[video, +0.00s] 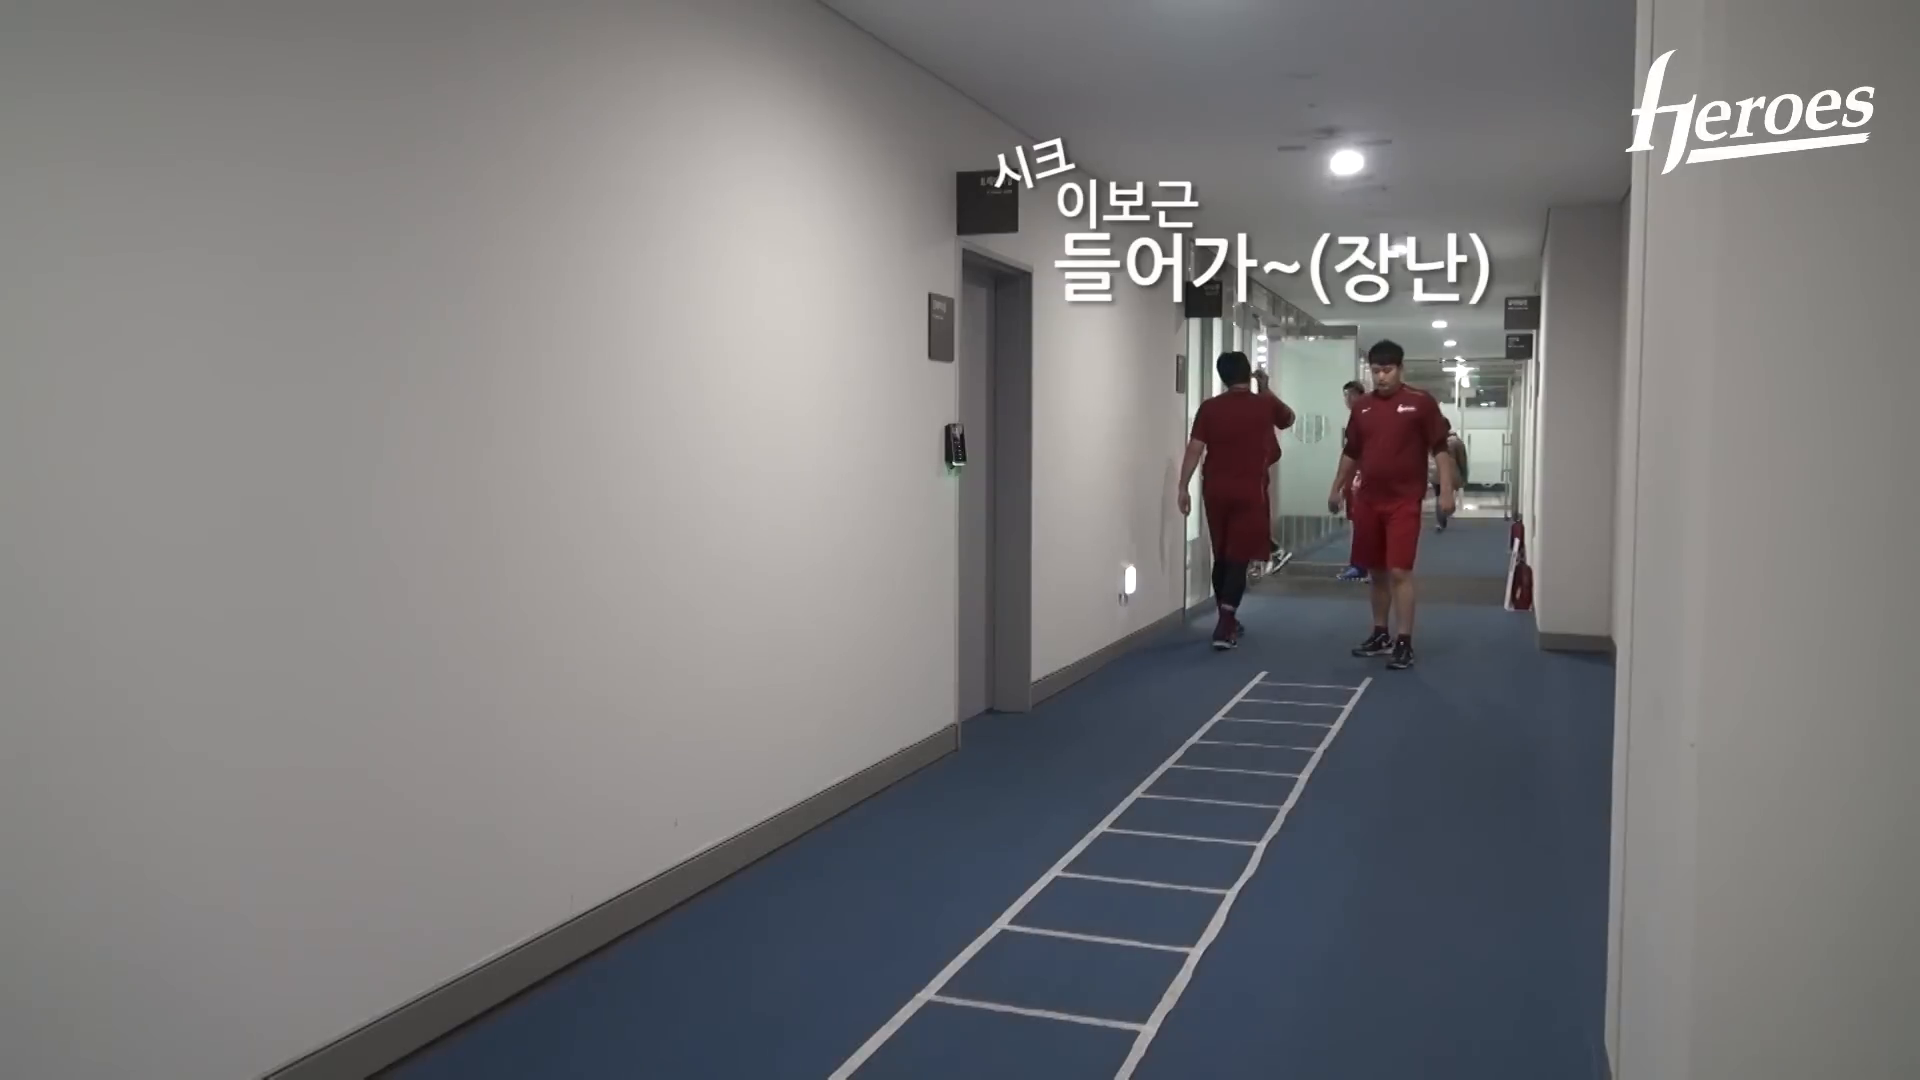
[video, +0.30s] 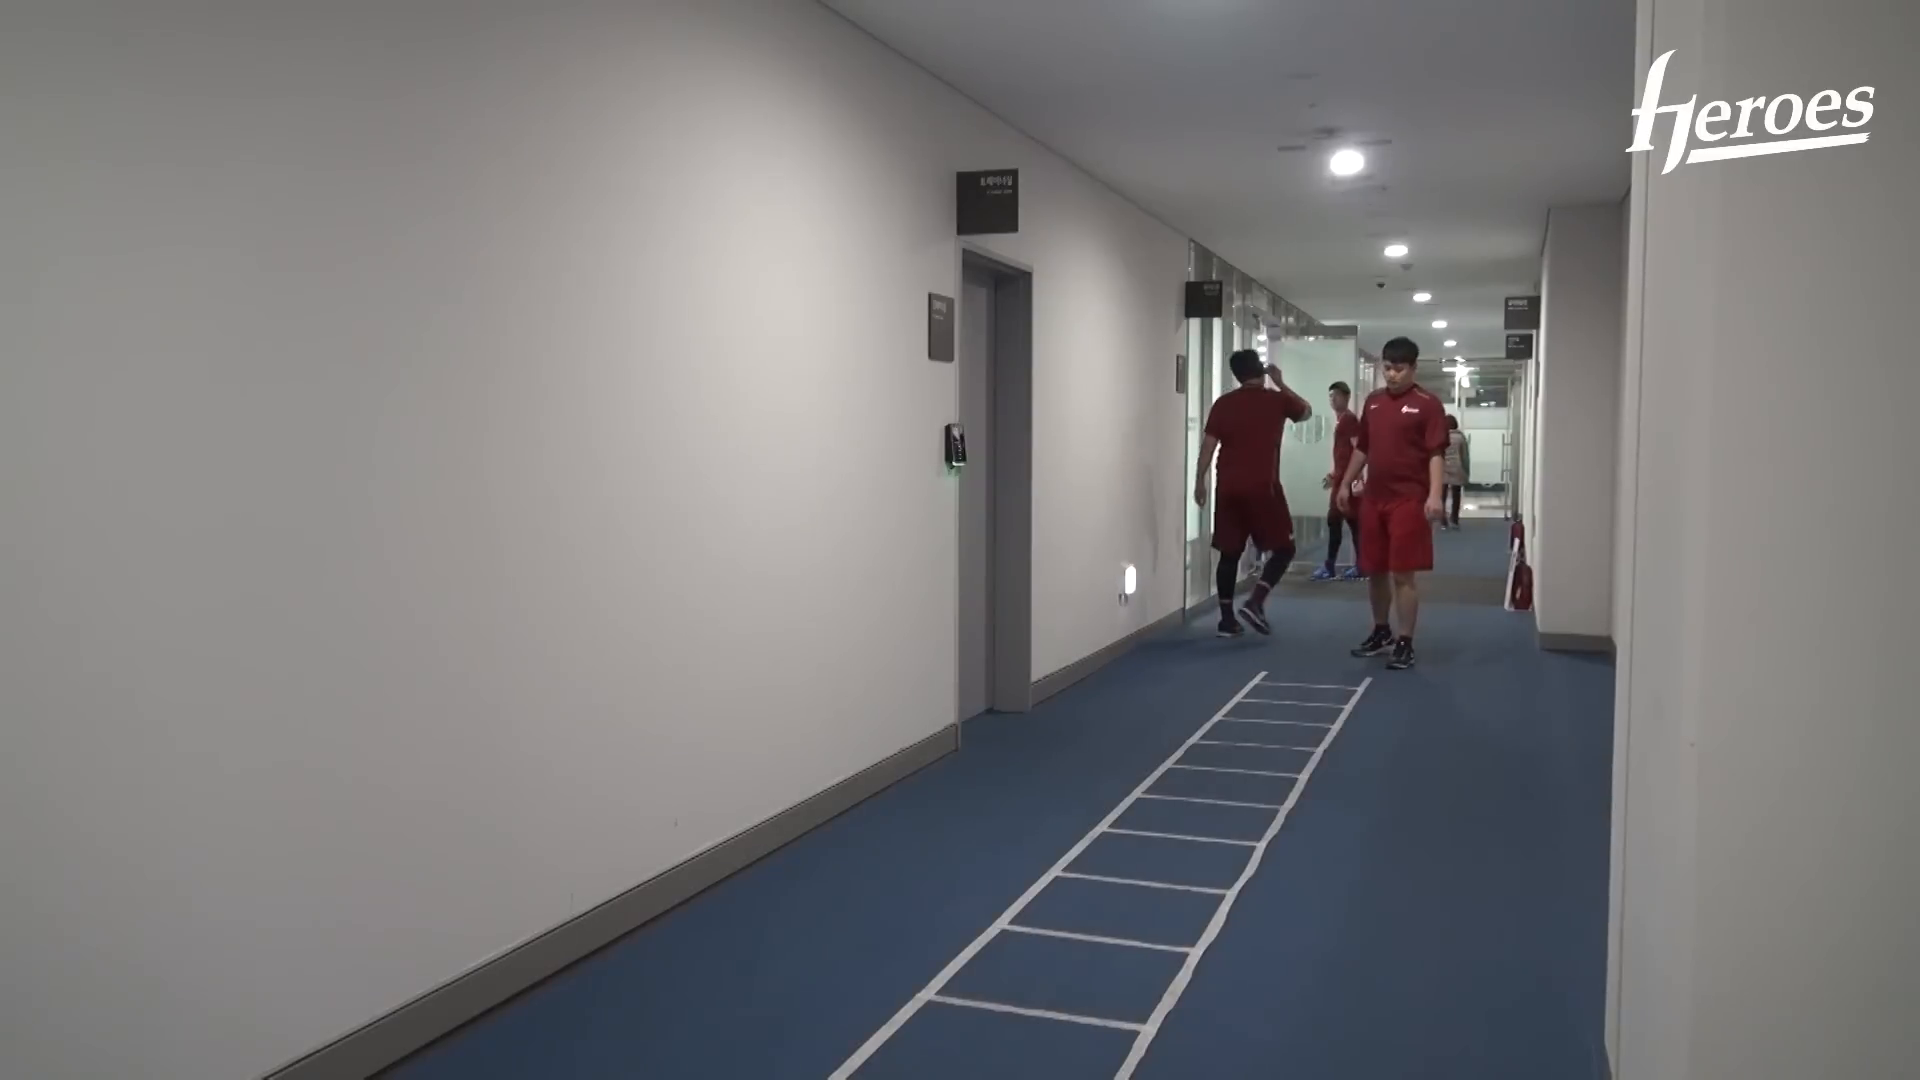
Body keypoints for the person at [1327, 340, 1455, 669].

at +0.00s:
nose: (1381, 375)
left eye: (1387, 369)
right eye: (1376, 369)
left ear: (1400, 369)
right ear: (1370, 370)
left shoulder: (1421, 403)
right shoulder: (1362, 407)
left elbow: (1441, 449)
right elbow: (1351, 452)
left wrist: (1446, 491)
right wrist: (1336, 489)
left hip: (1404, 501)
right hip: (1368, 500)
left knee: (1400, 571)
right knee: (1377, 571)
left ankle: (1403, 642)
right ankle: (1380, 634)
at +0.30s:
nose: (1392, 373)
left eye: (1400, 367)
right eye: (1388, 366)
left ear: (1414, 368)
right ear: (1382, 367)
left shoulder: (1429, 405)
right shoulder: (1373, 402)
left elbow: (1437, 454)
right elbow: (1362, 447)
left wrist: (1435, 495)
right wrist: (1344, 483)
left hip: (1409, 499)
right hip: (1374, 498)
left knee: (1403, 574)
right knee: (1376, 570)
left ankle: (1404, 643)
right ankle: (1381, 631)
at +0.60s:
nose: (1384, 376)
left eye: (1390, 370)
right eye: (1382, 370)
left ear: (1410, 368)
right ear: (1382, 370)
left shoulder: (1428, 405)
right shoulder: (1382, 400)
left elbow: (1427, 459)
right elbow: (1373, 444)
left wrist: (1409, 501)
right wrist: (1347, 470)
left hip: (1408, 497)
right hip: (1378, 495)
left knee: (1403, 573)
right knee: (1361, 569)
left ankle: (1405, 643)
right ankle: (1382, 631)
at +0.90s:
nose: (1375, 374)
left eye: (1380, 367)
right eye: (1373, 367)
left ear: (1400, 367)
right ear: (1375, 370)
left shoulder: (1423, 403)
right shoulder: (1376, 404)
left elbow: (1426, 458)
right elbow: (1369, 451)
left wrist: (1411, 501)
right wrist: (1362, 491)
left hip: (1404, 499)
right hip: (1373, 498)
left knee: (1402, 572)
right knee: (1354, 567)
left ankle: (1405, 642)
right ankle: (1371, 624)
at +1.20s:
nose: (1360, 376)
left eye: (1364, 370)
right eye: (1358, 371)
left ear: (1383, 367)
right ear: (1364, 371)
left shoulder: (1407, 403)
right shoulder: (1362, 405)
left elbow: (1418, 453)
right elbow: (1356, 449)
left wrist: (1424, 496)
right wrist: (1344, 485)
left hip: (1391, 500)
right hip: (1358, 500)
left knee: (1395, 572)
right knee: (1360, 570)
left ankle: (1402, 643)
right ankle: (1365, 634)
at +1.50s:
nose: (1344, 379)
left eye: (1348, 372)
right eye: (1341, 374)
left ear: (1366, 369)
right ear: (1344, 375)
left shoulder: (1392, 405)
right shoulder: (1338, 407)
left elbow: (1402, 452)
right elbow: (1332, 453)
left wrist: (1394, 493)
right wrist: (1312, 485)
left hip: (1373, 504)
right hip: (1341, 503)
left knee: (1378, 573)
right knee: (1353, 572)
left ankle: (1400, 642)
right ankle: (1364, 634)